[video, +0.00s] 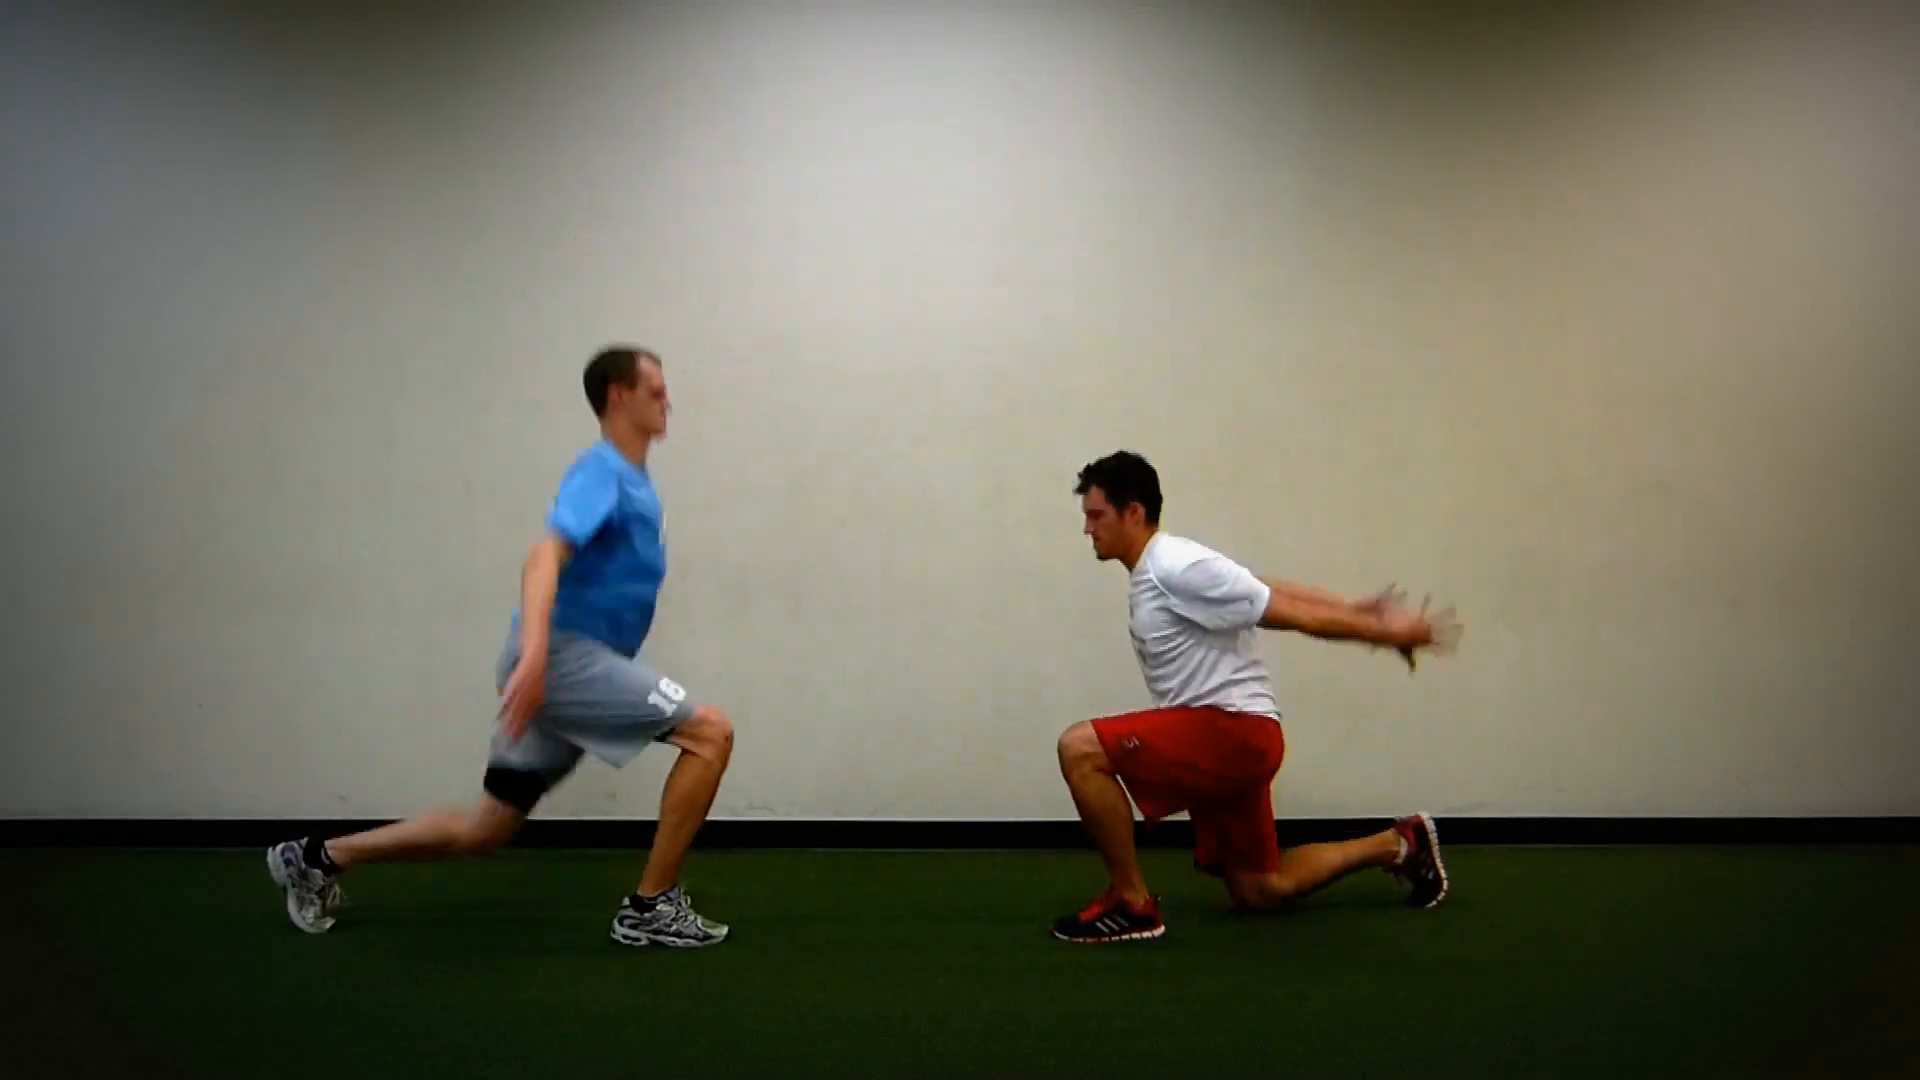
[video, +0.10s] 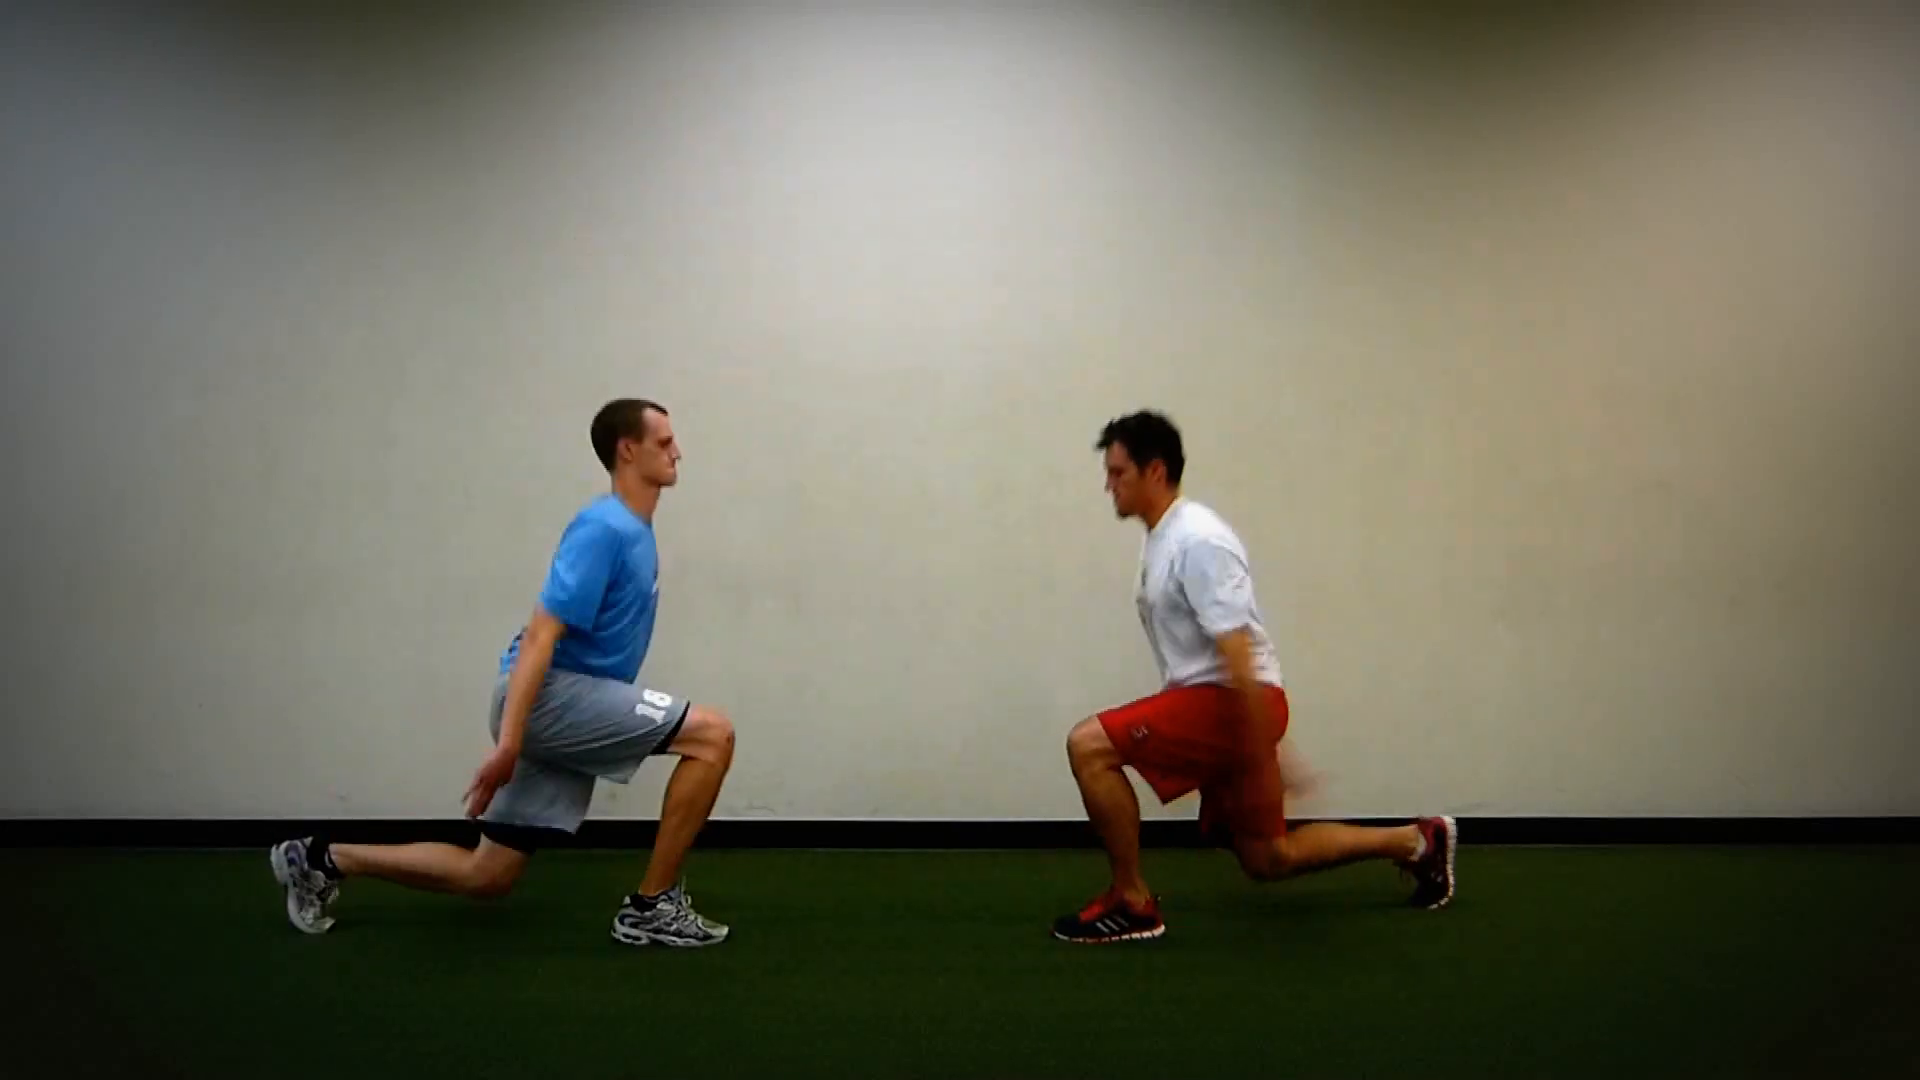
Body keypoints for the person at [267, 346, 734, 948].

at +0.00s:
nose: (667, 401)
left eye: (665, 390)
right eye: (657, 390)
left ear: (626, 398)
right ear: (618, 397)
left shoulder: (630, 477)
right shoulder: (601, 473)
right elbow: (545, 558)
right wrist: (535, 660)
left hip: (567, 661)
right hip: (561, 658)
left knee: (485, 829)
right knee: (709, 735)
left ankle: (319, 857)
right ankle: (652, 904)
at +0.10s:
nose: (677, 453)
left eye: (674, 441)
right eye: (665, 443)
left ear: (633, 451)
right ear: (627, 452)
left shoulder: (633, 527)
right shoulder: (601, 530)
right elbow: (541, 637)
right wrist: (509, 745)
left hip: (563, 696)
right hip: (548, 695)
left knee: (489, 873)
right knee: (712, 735)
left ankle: (322, 860)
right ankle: (654, 903)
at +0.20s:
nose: (676, 453)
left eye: (674, 442)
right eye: (664, 444)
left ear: (633, 454)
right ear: (627, 455)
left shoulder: (629, 529)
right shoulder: (605, 532)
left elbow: (585, 638)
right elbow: (564, 642)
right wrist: (564, 753)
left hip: (530, 699)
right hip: (539, 695)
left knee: (487, 875)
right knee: (710, 734)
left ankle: (321, 860)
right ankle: (654, 903)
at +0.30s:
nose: (664, 410)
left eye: (661, 399)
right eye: (652, 400)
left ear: (623, 408)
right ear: (615, 409)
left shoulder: (626, 485)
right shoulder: (599, 478)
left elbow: (651, 562)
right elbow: (619, 546)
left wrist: (734, 597)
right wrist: (684, 572)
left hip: (533, 662)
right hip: (544, 657)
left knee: (481, 833)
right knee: (702, 727)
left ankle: (314, 859)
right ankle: (656, 900)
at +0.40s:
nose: (661, 323)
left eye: (658, 314)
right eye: (649, 314)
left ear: (621, 324)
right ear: (612, 323)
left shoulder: (647, 407)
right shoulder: (603, 383)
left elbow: (715, 410)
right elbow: (666, 336)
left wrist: (781, 359)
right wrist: (741, 270)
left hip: (545, 590)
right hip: (554, 586)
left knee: (472, 736)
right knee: (672, 713)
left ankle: (332, 849)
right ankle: (655, 898)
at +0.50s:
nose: (663, 239)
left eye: (661, 229)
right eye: (649, 228)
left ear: (648, 245)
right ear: (622, 237)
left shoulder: (652, 298)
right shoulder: (610, 285)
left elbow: (700, 252)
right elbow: (646, 190)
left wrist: (733, 179)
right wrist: (688, 79)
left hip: (564, 499)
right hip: (574, 503)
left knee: (486, 653)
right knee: (581, 685)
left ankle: (381, 800)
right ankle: (612, 862)